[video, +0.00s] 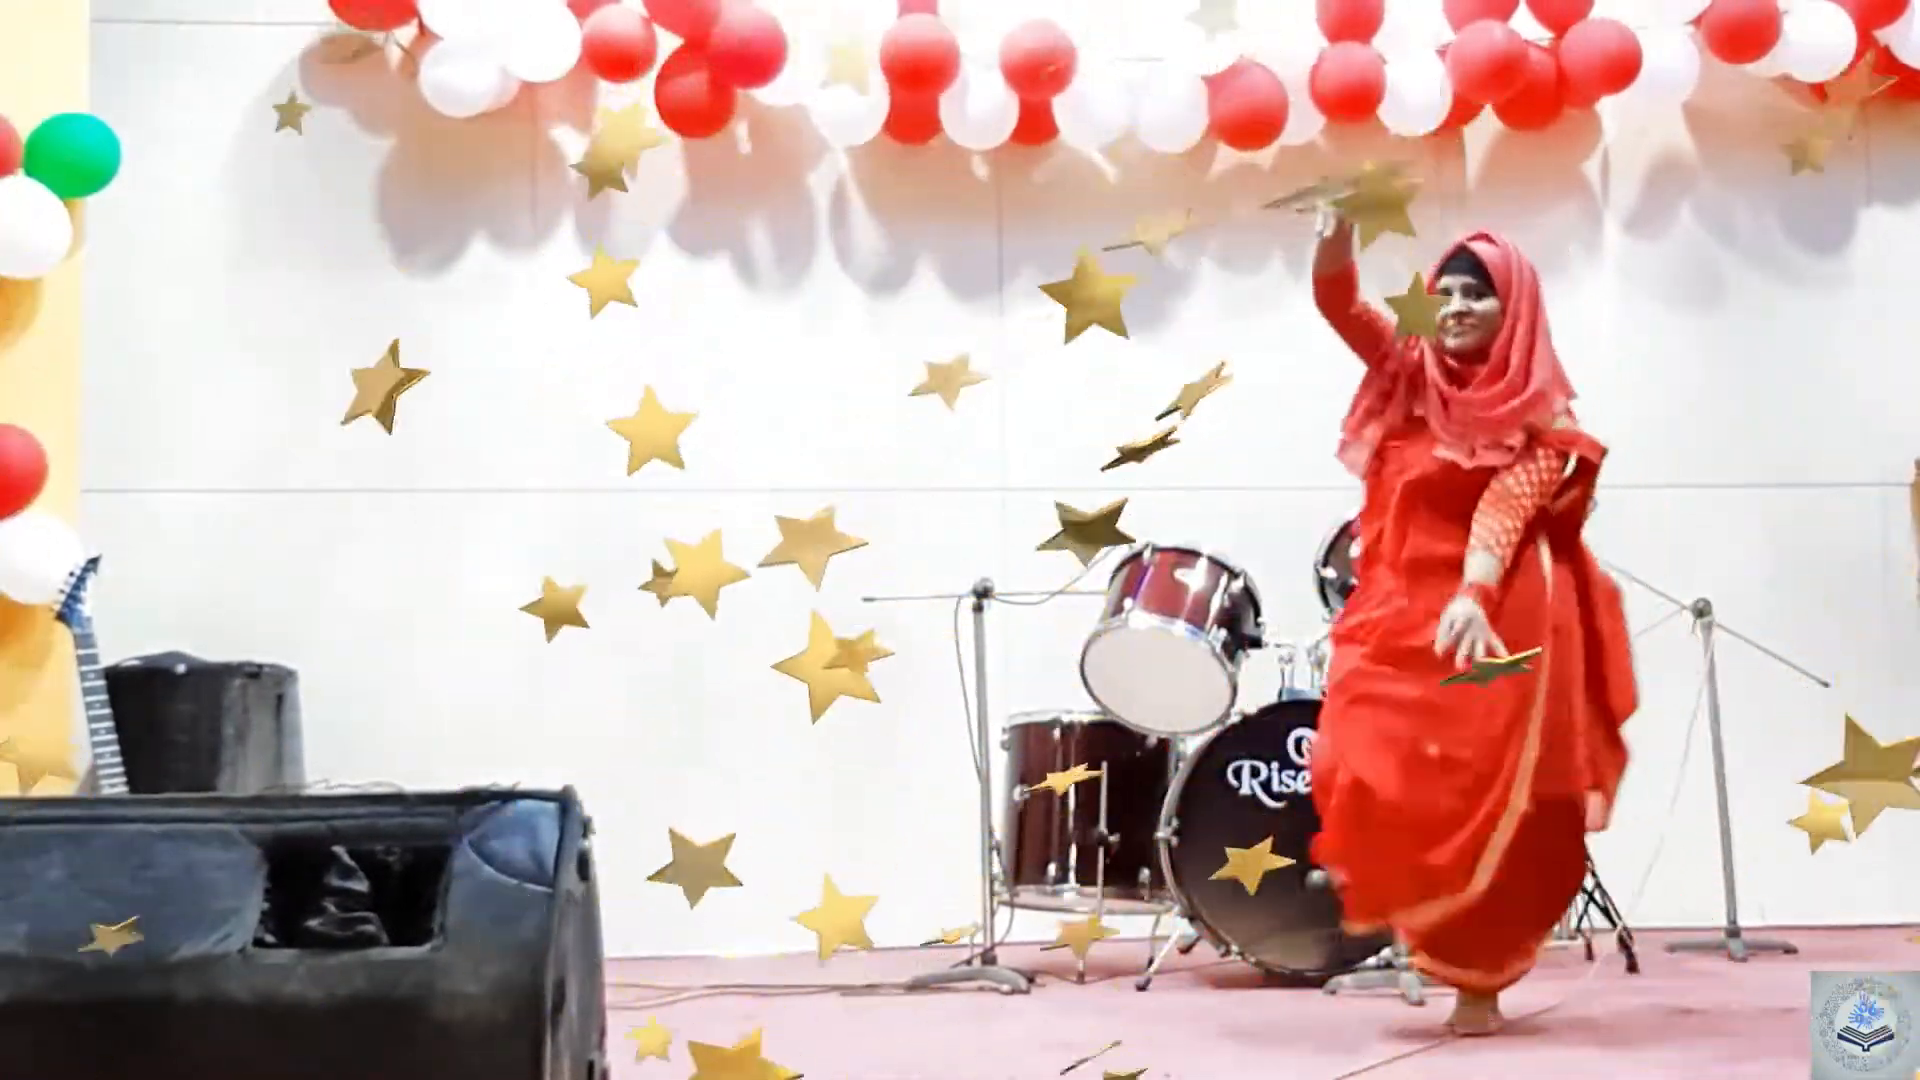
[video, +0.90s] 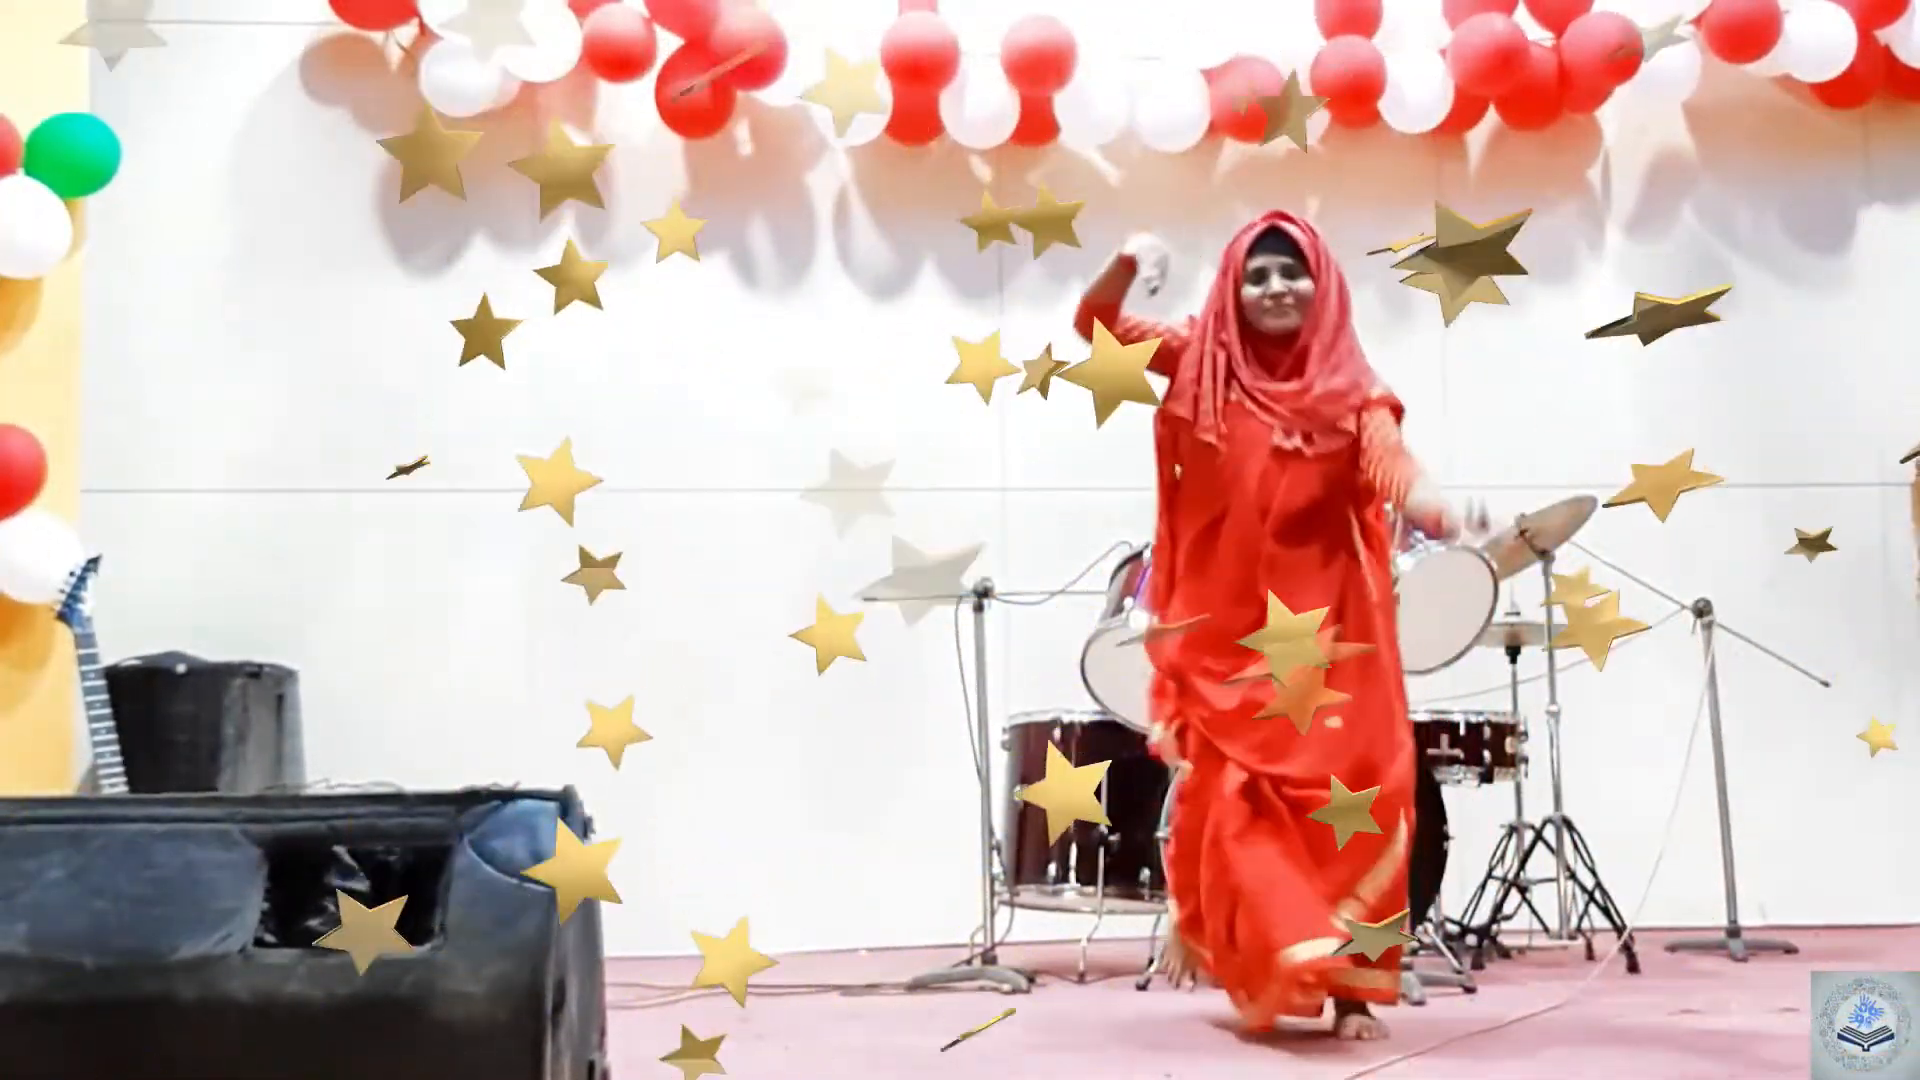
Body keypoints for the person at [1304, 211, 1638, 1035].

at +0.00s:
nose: (1458, 307)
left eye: (1478, 295)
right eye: (1446, 293)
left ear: (1513, 311)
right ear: (1428, 305)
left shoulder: (1538, 422)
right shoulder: (1402, 370)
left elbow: (1507, 514)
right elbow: (1337, 298)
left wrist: (1473, 590)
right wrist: (1339, 225)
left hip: (1503, 627)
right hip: (1391, 621)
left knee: (1486, 796)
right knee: (1359, 779)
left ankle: (1477, 987)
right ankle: (1419, 919)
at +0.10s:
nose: (1435, 289)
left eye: (1453, 274)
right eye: (1421, 277)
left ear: (1490, 287)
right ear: (1404, 292)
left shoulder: (1520, 391)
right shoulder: (1382, 368)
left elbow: (1511, 449)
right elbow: (1320, 309)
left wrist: (1460, 488)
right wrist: (1318, 246)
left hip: (1490, 628)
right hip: (1378, 617)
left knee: (1496, 802)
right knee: (1345, 761)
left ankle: (1477, 986)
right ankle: (1306, 926)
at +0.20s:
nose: (1405, 283)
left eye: (1421, 266)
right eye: (1390, 273)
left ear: (1461, 271)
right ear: (1375, 286)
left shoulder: (1500, 346)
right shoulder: (1358, 343)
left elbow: (1520, 388)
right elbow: (1306, 369)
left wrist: (1461, 372)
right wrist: (1318, 312)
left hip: (1455, 609)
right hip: (1349, 603)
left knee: (1457, 796)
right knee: (1336, 784)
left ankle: (1457, 970)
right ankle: (1288, 992)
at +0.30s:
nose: (1381, 321)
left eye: (1399, 307)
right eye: (1367, 304)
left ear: (1428, 319)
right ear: (1345, 314)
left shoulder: (1462, 397)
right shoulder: (1322, 387)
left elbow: (1487, 384)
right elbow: (1287, 483)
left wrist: (1437, 312)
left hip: (1417, 627)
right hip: (1314, 622)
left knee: (1425, 796)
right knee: (1316, 795)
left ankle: (1421, 952)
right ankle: (1299, 1013)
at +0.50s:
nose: (1344, 285)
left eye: (1358, 270)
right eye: (1325, 274)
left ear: (1388, 283)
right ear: (1300, 293)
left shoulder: (1434, 380)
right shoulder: (1288, 372)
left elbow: (1454, 428)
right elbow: (1231, 387)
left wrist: (1431, 429)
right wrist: (1235, 363)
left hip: (1388, 634)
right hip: (1280, 631)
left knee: (1394, 799)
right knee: (1294, 805)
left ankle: (1399, 980)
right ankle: (1293, 1008)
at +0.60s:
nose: (1337, 263)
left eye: (1351, 247)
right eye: (1318, 251)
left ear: (1376, 258)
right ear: (1292, 264)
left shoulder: (1409, 355)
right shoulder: (1259, 331)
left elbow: (1429, 449)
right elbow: (1185, 294)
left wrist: (1434, 509)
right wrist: (1216, 241)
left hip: (1376, 578)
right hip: (1268, 579)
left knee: (1379, 764)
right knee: (1280, 766)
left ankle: (1373, 977)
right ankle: (1280, 983)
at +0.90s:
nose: (1276, 287)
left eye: (1291, 273)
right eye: (1259, 275)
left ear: (1317, 287)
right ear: (1234, 290)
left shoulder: (1351, 394)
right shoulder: (1197, 364)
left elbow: (1398, 475)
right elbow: (1095, 325)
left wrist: (1447, 513)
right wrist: (1126, 268)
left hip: (1335, 629)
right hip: (1220, 625)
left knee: (1345, 796)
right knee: (1230, 795)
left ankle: (1343, 983)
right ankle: (1283, 964)